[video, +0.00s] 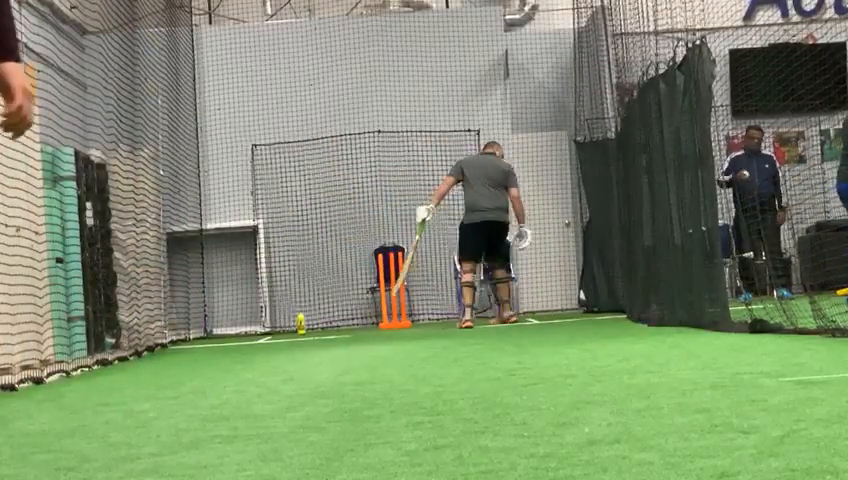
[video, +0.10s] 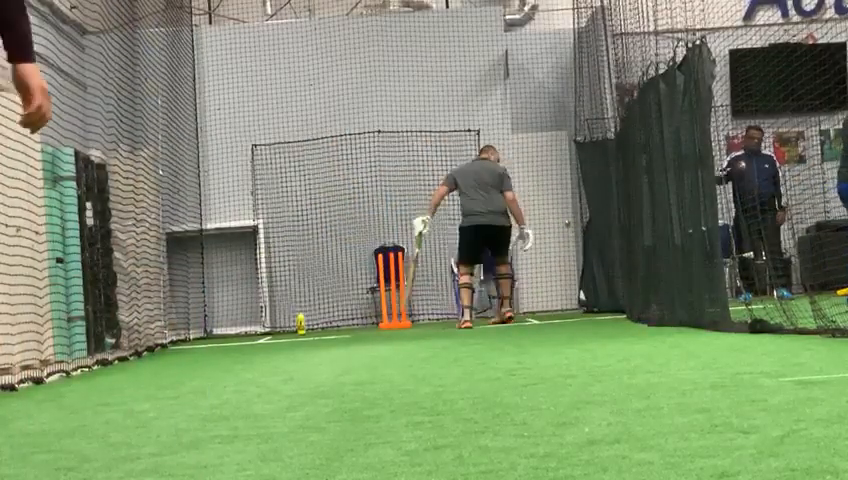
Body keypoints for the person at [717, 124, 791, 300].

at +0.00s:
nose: (755, 142)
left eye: (758, 139)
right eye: (751, 138)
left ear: (762, 141)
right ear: (744, 140)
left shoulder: (769, 159)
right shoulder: (735, 159)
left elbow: (777, 185)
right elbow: (721, 181)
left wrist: (781, 207)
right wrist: (735, 178)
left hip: (768, 211)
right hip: (744, 212)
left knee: (774, 248)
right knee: (746, 252)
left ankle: (779, 286)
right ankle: (748, 289)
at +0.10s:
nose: (755, 142)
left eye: (759, 139)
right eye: (752, 138)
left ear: (762, 142)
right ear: (744, 140)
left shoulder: (769, 160)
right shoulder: (736, 160)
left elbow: (777, 186)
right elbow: (724, 178)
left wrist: (781, 207)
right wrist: (710, 179)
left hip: (768, 211)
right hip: (744, 212)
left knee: (774, 248)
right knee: (746, 251)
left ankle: (779, 286)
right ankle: (748, 289)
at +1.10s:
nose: (756, 144)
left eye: (758, 141)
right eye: (753, 140)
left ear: (761, 142)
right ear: (744, 140)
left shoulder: (767, 160)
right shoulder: (734, 160)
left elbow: (775, 184)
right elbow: (713, 162)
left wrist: (773, 204)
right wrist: (724, 150)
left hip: (766, 211)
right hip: (743, 213)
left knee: (773, 249)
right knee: (744, 252)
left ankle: (780, 286)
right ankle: (749, 289)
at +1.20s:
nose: (756, 144)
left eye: (759, 140)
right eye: (753, 140)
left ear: (761, 142)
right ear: (743, 140)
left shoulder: (767, 159)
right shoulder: (732, 159)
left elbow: (775, 184)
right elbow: (712, 157)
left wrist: (778, 205)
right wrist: (723, 144)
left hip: (768, 210)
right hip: (745, 212)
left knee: (774, 249)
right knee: (745, 252)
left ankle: (780, 286)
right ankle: (749, 290)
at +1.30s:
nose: (757, 144)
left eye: (759, 140)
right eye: (754, 140)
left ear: (761, 141)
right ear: (744, 140)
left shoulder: (768, 158)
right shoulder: (733, 158)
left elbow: (779, 184)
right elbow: (714, 154)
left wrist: (784, 206)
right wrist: (724, 139)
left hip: (769, 209)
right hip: (745, 211)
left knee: (775, 248)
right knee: (745, 251)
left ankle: (780, 286)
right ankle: (749, 290)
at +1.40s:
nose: (758, 143)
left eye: (760, 140)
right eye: (754, 140)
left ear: (763, 141)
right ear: (745, 140)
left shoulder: (770, 159)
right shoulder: (735, 158)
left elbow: (781, 184)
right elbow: (716, 155)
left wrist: (786, 206)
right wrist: (725, 140)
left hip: (769, 211)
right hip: (746, 212)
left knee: (775, 248)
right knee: (745, 252)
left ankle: (780, 286)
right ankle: (749, 290)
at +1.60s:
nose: (759, 144)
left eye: (762, 141)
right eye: (755, 140)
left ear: (765, 141)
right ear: (749, 141)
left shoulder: (772, 158)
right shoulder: (740, 157)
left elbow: (780, 182)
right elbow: (731, 172)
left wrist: (786, 203)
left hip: (770, 209)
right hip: (748, 210)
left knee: (775, 247)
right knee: (746, 250)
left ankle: (781, 286)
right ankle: (749, 289)